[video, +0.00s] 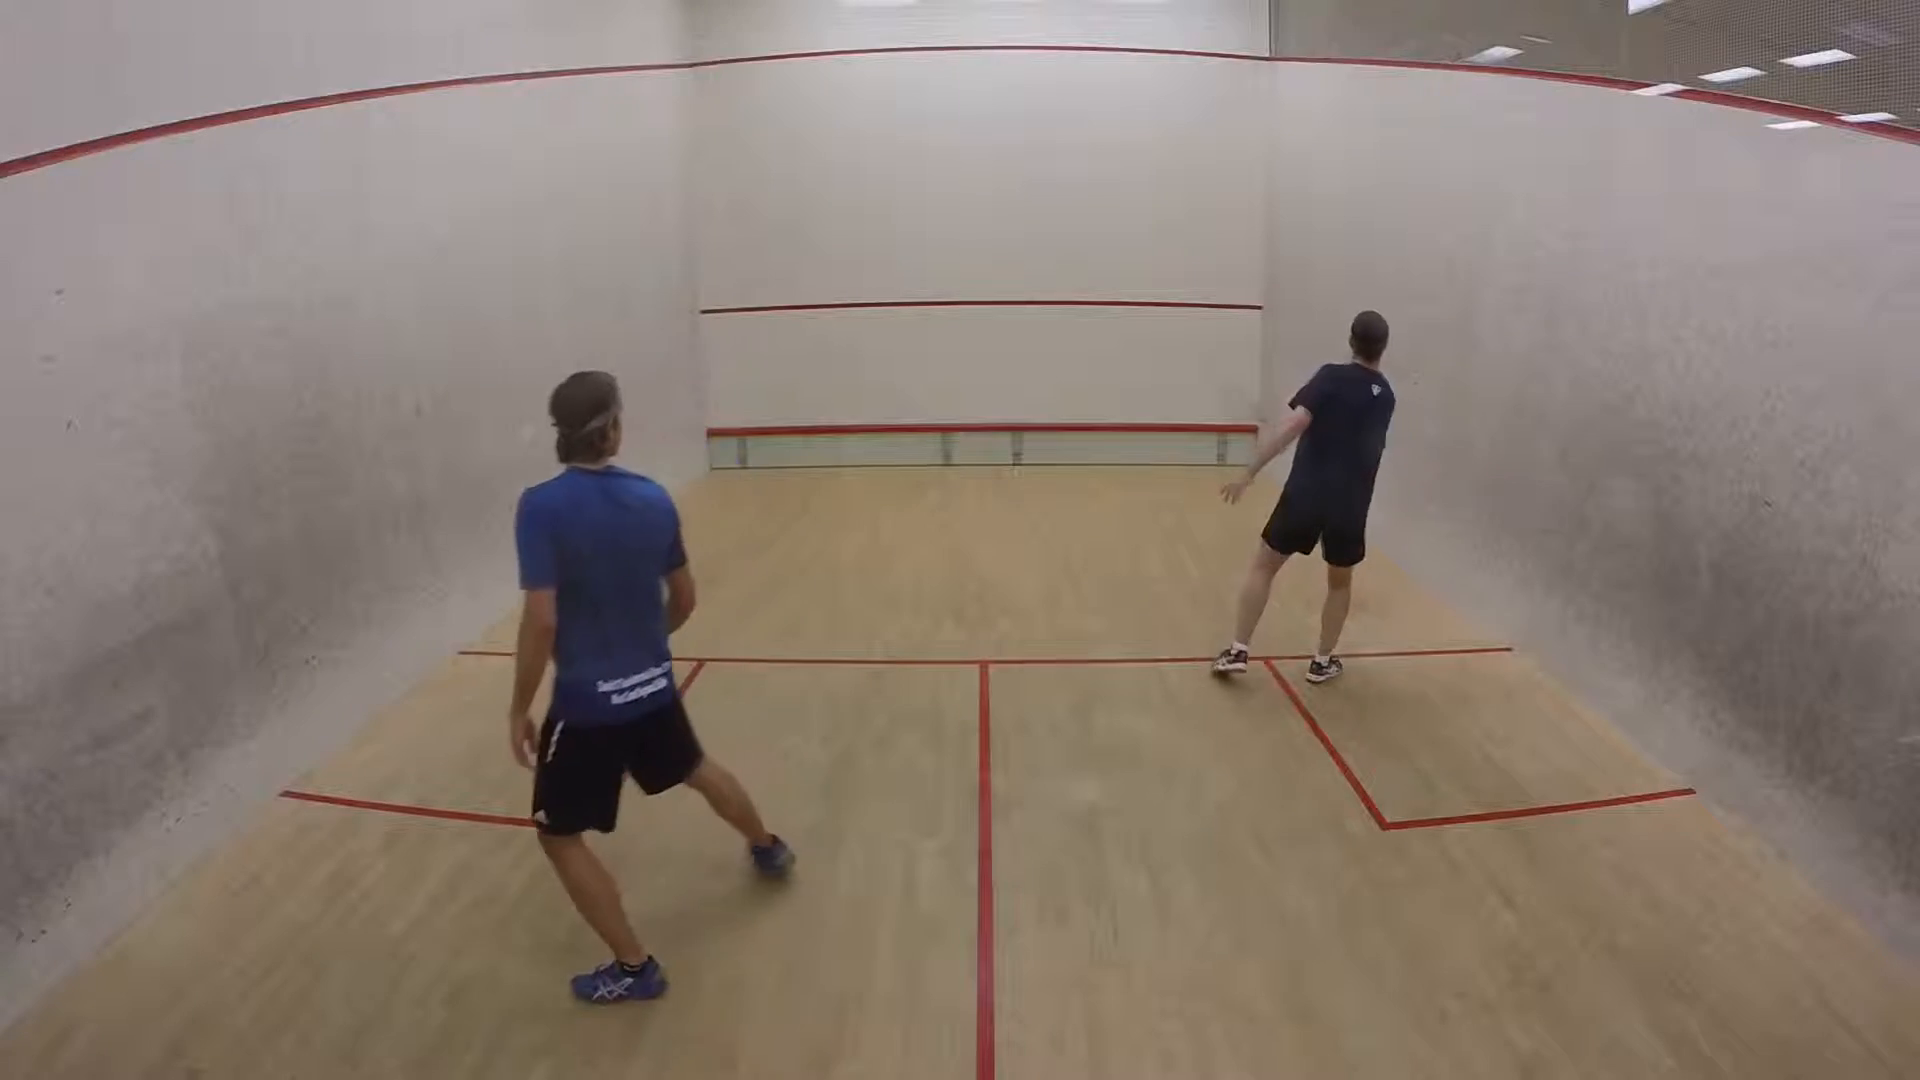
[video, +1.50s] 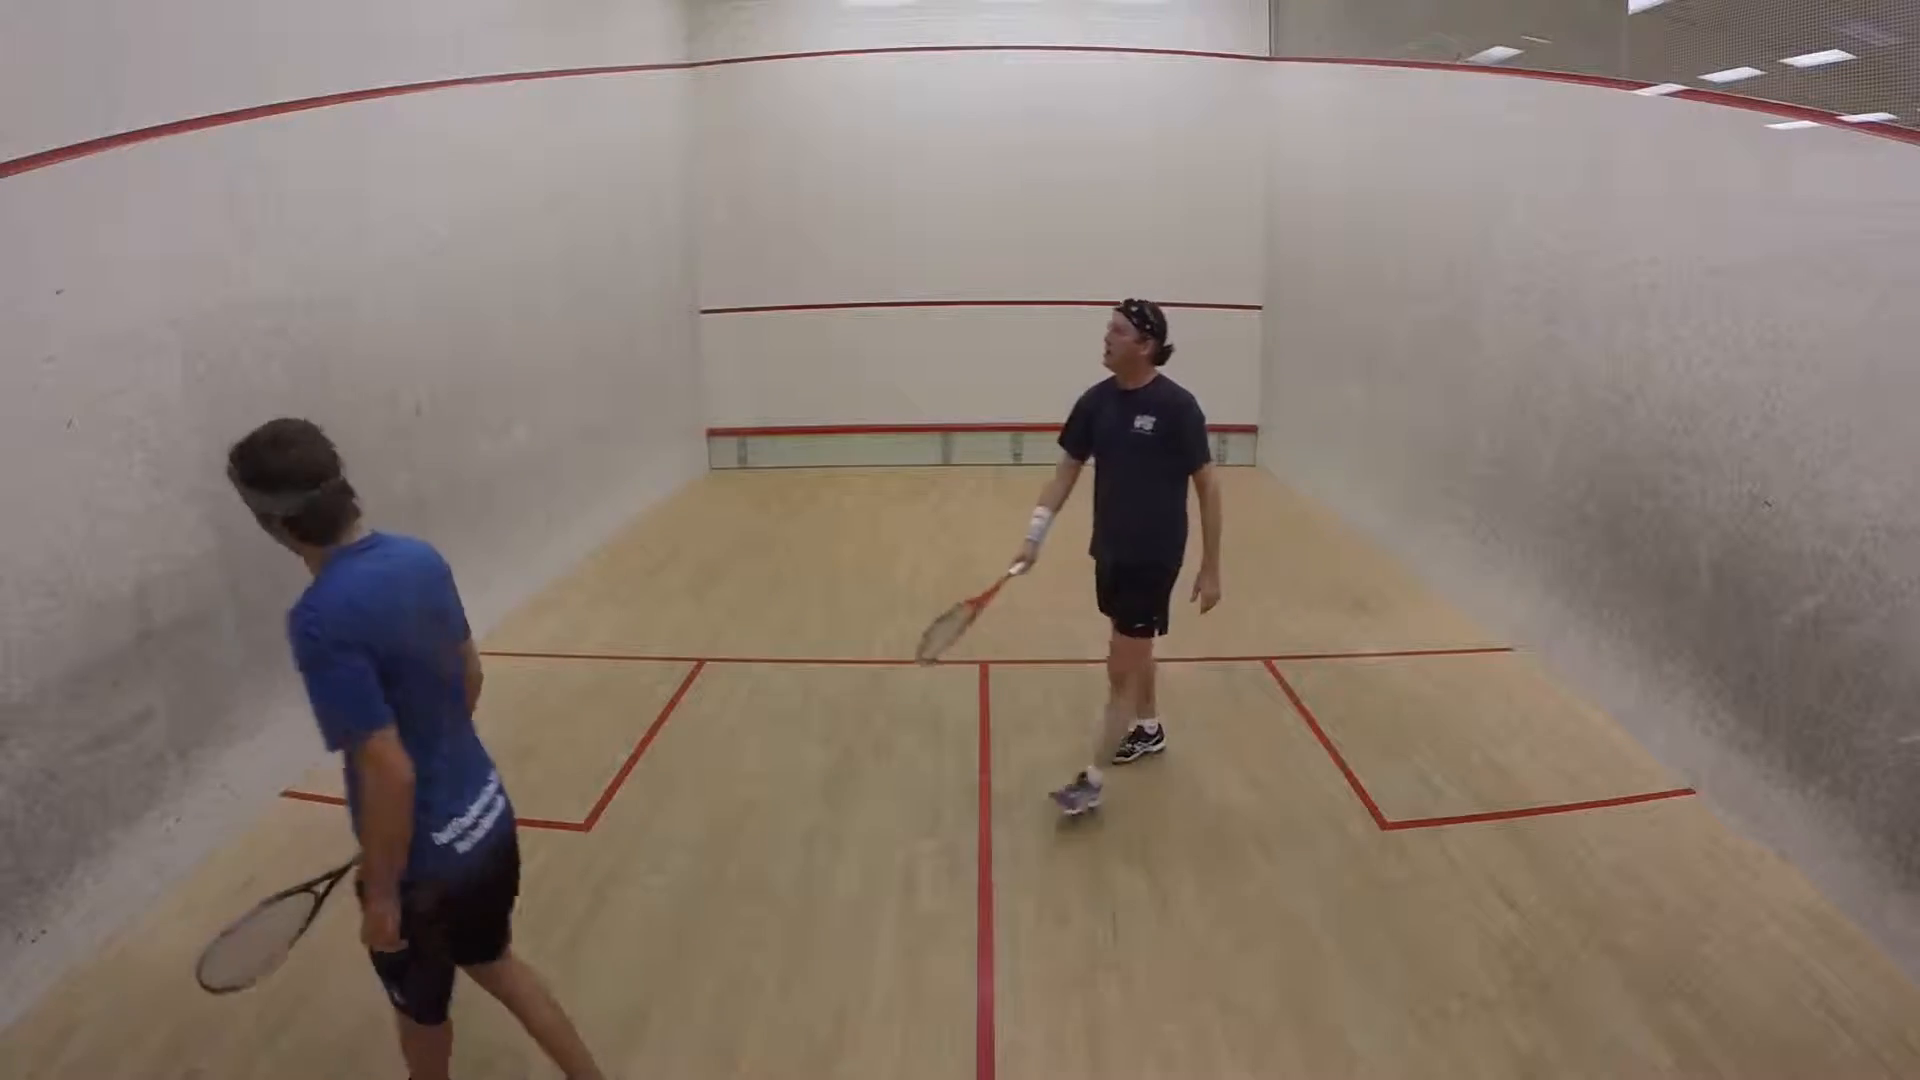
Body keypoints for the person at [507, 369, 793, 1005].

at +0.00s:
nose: (623, 427)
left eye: (614, 418)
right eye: (620, 419)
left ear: (557, 431)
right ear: (612, 429)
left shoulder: (540, 506)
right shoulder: (650, 497)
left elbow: (541, 622)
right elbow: (683, 600)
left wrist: (520, 710)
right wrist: (647, 637)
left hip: (587, 711)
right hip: (655, 692)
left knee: (559, 833)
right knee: (697, 767)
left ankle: (634, 967)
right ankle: (768, 848)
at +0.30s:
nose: (520, 415)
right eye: (518, 408)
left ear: (452, 426)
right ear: (516, 419)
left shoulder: (443, 511)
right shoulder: (564, 489)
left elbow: (432, 637)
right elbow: (601, 592)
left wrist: (404, 721)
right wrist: (552, 617)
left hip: (522, 716)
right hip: (579, 689)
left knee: (558, 849)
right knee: (564, 802)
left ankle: (635, 964)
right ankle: (598, 904)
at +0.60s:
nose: (436, 430)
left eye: (381, 428)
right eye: (436, 421)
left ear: (376, 437)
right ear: (441, 431)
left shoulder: (375, 528)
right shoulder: (486, 502)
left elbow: (377, 658)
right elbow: (516, 594)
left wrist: (354, 738)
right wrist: (447, 608)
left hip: (451, 736)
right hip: (513, 709)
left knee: (409, 868)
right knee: (512, 820)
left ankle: (539, 959)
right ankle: (545, 920)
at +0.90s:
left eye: (273, 465)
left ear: (275, 477)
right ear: (344, 462)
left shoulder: (294, 581)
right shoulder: (405, 536)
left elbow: (328, 718)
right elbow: (433, 639)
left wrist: (329, 827)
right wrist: (338, 610)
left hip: (371, 796)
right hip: (439, 760)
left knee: (351, 936)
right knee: (471, 848)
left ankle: (428, 1070)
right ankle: (534, 923)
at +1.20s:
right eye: (281, 449)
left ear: (210, 491)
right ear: (288, 464)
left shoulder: (233, 597)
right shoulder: (368, 537)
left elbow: (273, 751)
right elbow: (433, 653)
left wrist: (284, 871)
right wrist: (384, 712)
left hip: (350, 823)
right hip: (427, 780)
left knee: (368, 966)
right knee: (451, 881)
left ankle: (429, 1072)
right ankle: (503, 992)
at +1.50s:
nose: (260, 523)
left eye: (258, 512)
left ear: (274, 524)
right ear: (342, 480)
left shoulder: (323, 619)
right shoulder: (417, 557)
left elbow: (388, 771)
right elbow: (467, 677)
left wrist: (381, 894)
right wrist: (420, 761)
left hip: (423, 867)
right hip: (491, 825)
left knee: (423, 1022)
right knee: (491, 957)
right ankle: (587, 1071)